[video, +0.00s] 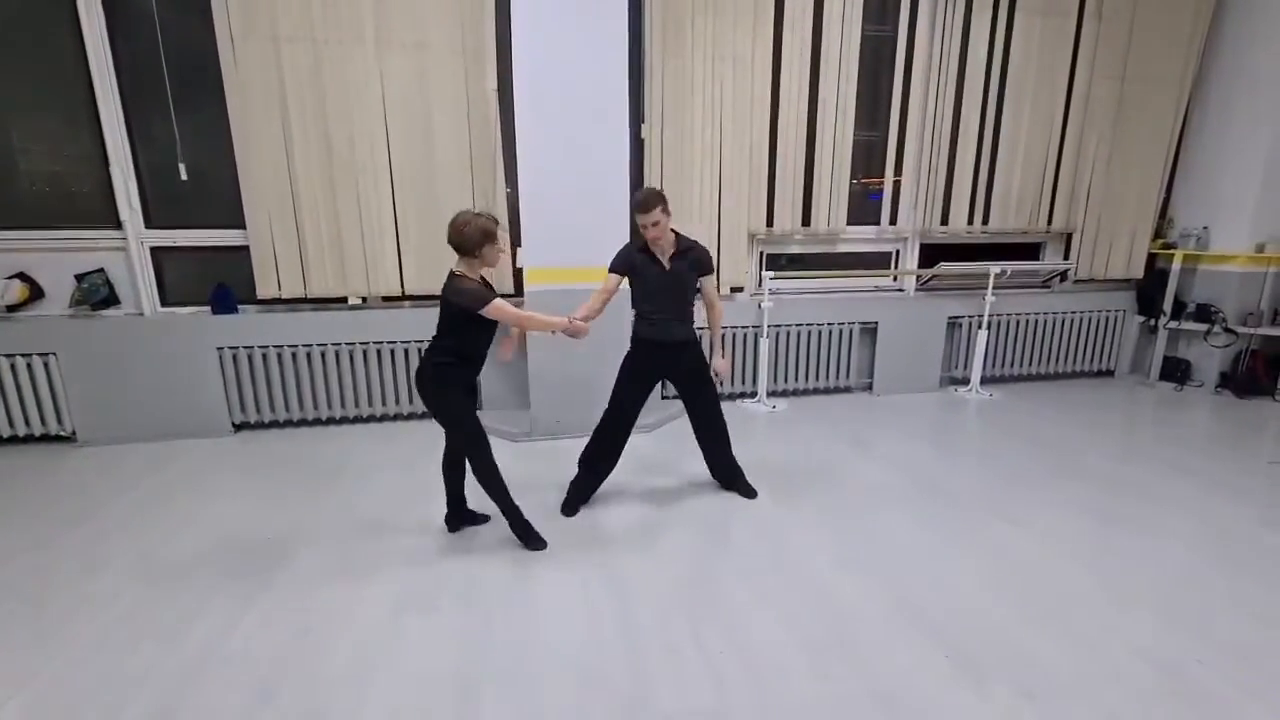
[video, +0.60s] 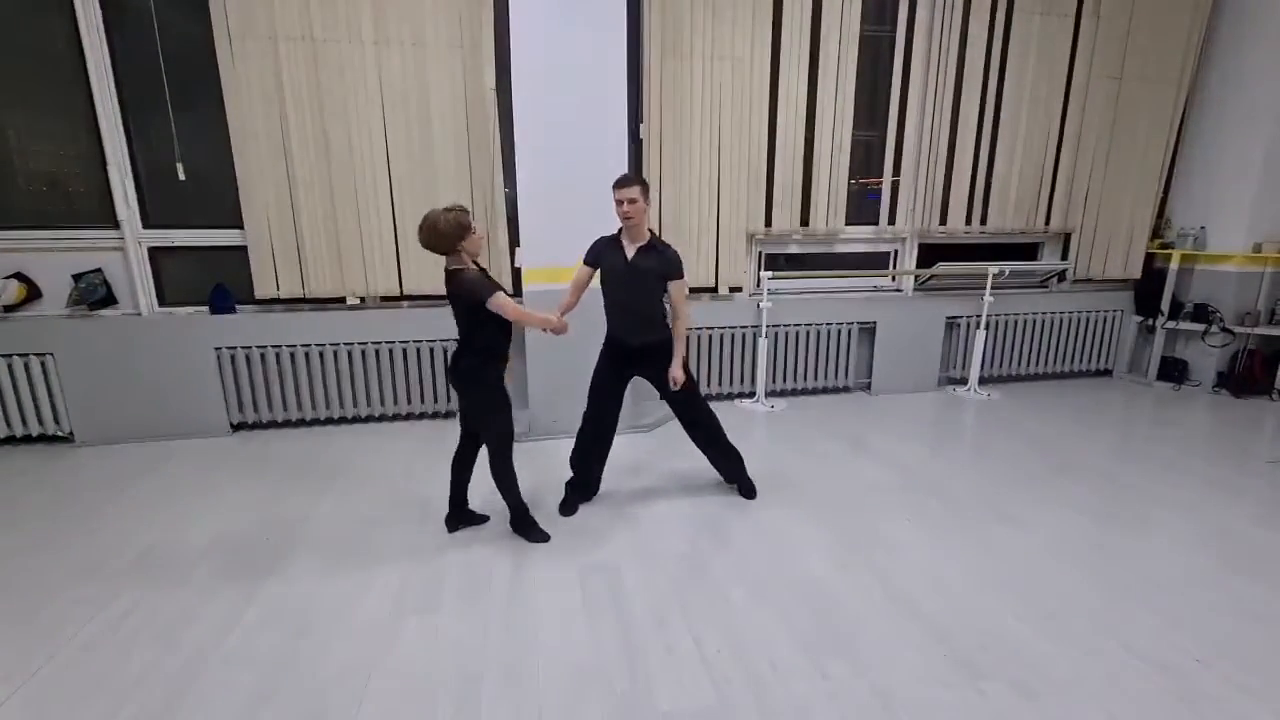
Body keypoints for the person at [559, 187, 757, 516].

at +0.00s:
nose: (650, 234)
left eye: (655, 225)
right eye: (643, 227)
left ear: (669, 217)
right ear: (637, 225)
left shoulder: (695, 254)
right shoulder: (631, 255)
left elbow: (712, 303)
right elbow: (603, 295)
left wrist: (719, 353)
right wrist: (581, 318)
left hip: (685, 350)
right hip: (644, 350)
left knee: (709, 414)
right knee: (617, 418)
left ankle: (729, 475)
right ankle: (581, 488)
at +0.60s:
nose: (626, 209)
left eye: (632, 202)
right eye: (620, 203)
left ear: (647, 204)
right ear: (615, 207)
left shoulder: (666, 256)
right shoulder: (603, 248)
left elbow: (680, 312)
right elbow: (576, 289)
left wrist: (677, 361)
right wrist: (559, 314)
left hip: (657, 350)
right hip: (616, 350)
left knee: (696, 414)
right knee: (596, 418)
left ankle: (736, 473)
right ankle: (579, 487)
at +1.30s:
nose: (655, 221)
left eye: (661, 214)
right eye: (648, 215)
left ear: (671, 218)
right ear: (639, 221)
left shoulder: (696, 260)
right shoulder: (631, 263)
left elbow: (711, 294)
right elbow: (584, 288)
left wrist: (696, 326)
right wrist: (559, 312)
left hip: (674, 359)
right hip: (634, 356)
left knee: (701, 431)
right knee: (593, 418)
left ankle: (694, 478)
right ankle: (539, 471)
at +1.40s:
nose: (652, 219)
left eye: (658, 212)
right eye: (644, 214)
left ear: (667, 216)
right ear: (635, 219)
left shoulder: (687, 255)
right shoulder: (628, 264)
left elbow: (679, 295)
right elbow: (588, 293)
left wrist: (684, 324)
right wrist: (549, 311)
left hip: (677, 355)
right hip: (641, 355)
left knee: (701, 429)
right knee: (600, 417)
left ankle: (695, 480)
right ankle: (543, 473)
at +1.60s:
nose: (639, 219)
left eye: (645, 212)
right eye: (632, 214)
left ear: (655, 215)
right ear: (623, 219)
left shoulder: (669, 252)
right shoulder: (619, 261)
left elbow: (664, 295)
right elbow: (577, 288)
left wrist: (676, 325)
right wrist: (531, 294)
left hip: (673, 352)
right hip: (638, 353)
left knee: (695, 423)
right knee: (599, 416)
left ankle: (694, 478)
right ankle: (546, 475)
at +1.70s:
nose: (630, 220)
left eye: (636, 212)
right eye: (623, 214)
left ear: (650, 214)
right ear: (617, 218)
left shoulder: (668, 251)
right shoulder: (614, 262)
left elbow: (673, 289)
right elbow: (582, 299)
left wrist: (687, 312)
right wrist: (543, 307)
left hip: (668, 351)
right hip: (633, 353)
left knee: (687, 418)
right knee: (595, 414)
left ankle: (693, 478)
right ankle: (544, 478)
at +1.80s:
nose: (616, 222)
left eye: (623, 214)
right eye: (612, 216)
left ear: (643, 214)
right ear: (610, 220)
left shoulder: (671, 251)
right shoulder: (611, 264)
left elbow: (693, 283)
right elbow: (594, 317)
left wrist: (699, 312)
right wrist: (566, 322)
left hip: (664, 351)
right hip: (626, 353)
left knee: (684, 418)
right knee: (591, 415)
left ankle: (692, 478)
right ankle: (541, 481)